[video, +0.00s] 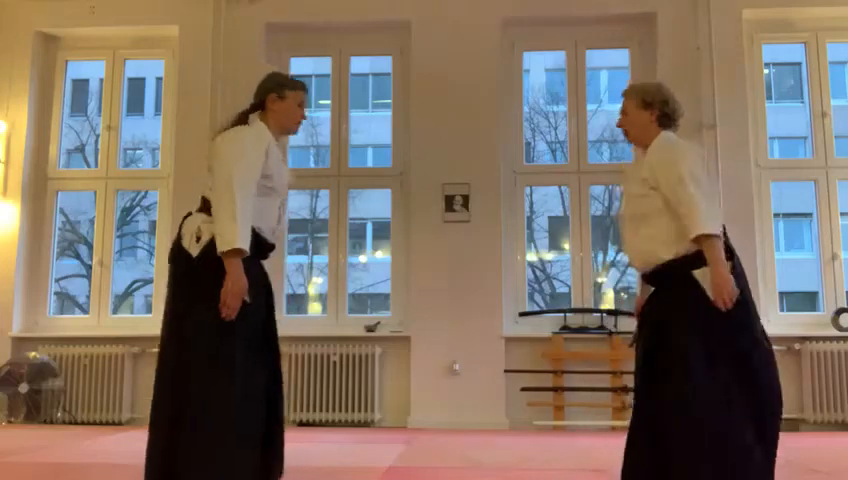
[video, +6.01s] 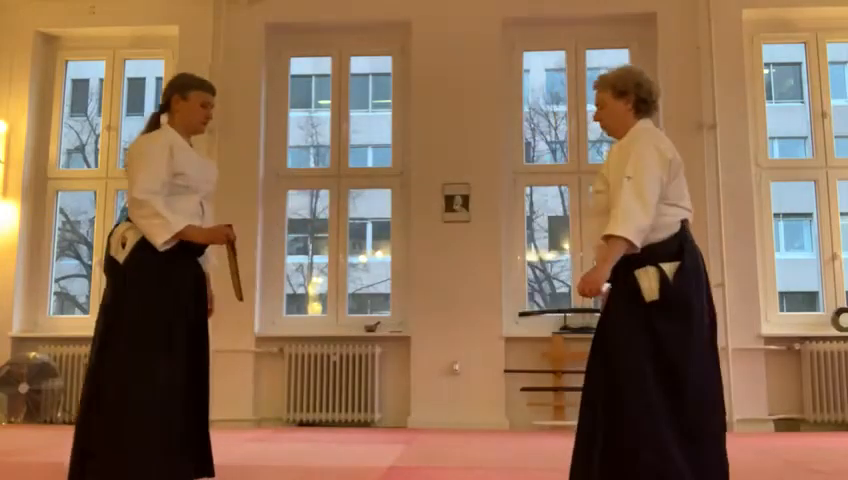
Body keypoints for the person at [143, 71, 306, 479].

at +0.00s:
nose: (303, 115)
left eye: (304, 107)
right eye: (298, 105)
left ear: (275, 104)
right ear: (273, 102)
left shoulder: (265, 144)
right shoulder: (245, 139)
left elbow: (249, 208)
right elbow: (231, 199)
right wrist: (234, 267)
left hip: (240, 261)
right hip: (220, 262)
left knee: (243, 374)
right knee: (225, 375)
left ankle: (236, 467)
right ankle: (220, 469)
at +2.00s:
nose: (270, 99)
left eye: (269, 92)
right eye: (263, 92)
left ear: (246, 96)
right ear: (237, 94)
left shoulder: (246, 136)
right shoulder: (225, 134)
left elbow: (245, 201)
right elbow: (223, 197)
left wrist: (264, 256)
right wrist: (238, 263)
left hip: (248, 256)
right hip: (227, 259)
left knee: (246, 368)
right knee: (229, 368)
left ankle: (241, 463)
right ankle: (225, 466)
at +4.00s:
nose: (268, 101)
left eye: (269, 94)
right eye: (262, 93)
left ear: (242, 96)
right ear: (235, 93)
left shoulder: (238, 134)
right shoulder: (226, 132)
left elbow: (234, 198)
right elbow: (224, 197)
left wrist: (258, 257)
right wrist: (245, 262)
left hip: (237, 257)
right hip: (229, 260)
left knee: (239, 368)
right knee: (232, 368)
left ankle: (236, 464)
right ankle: (230, 466)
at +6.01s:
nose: (208, 115)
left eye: (210, 109)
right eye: (203, 106)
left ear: (190, 109)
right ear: (176, 102)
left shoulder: (188, 153)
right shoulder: (153, 142)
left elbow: (188, 221)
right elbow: (140, 204)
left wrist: (203, 281)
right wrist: (194, 234)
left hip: (180, 266)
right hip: (150, 265)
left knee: (177, 368)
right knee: (147, 368)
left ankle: (170, 465)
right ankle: (139, 465)